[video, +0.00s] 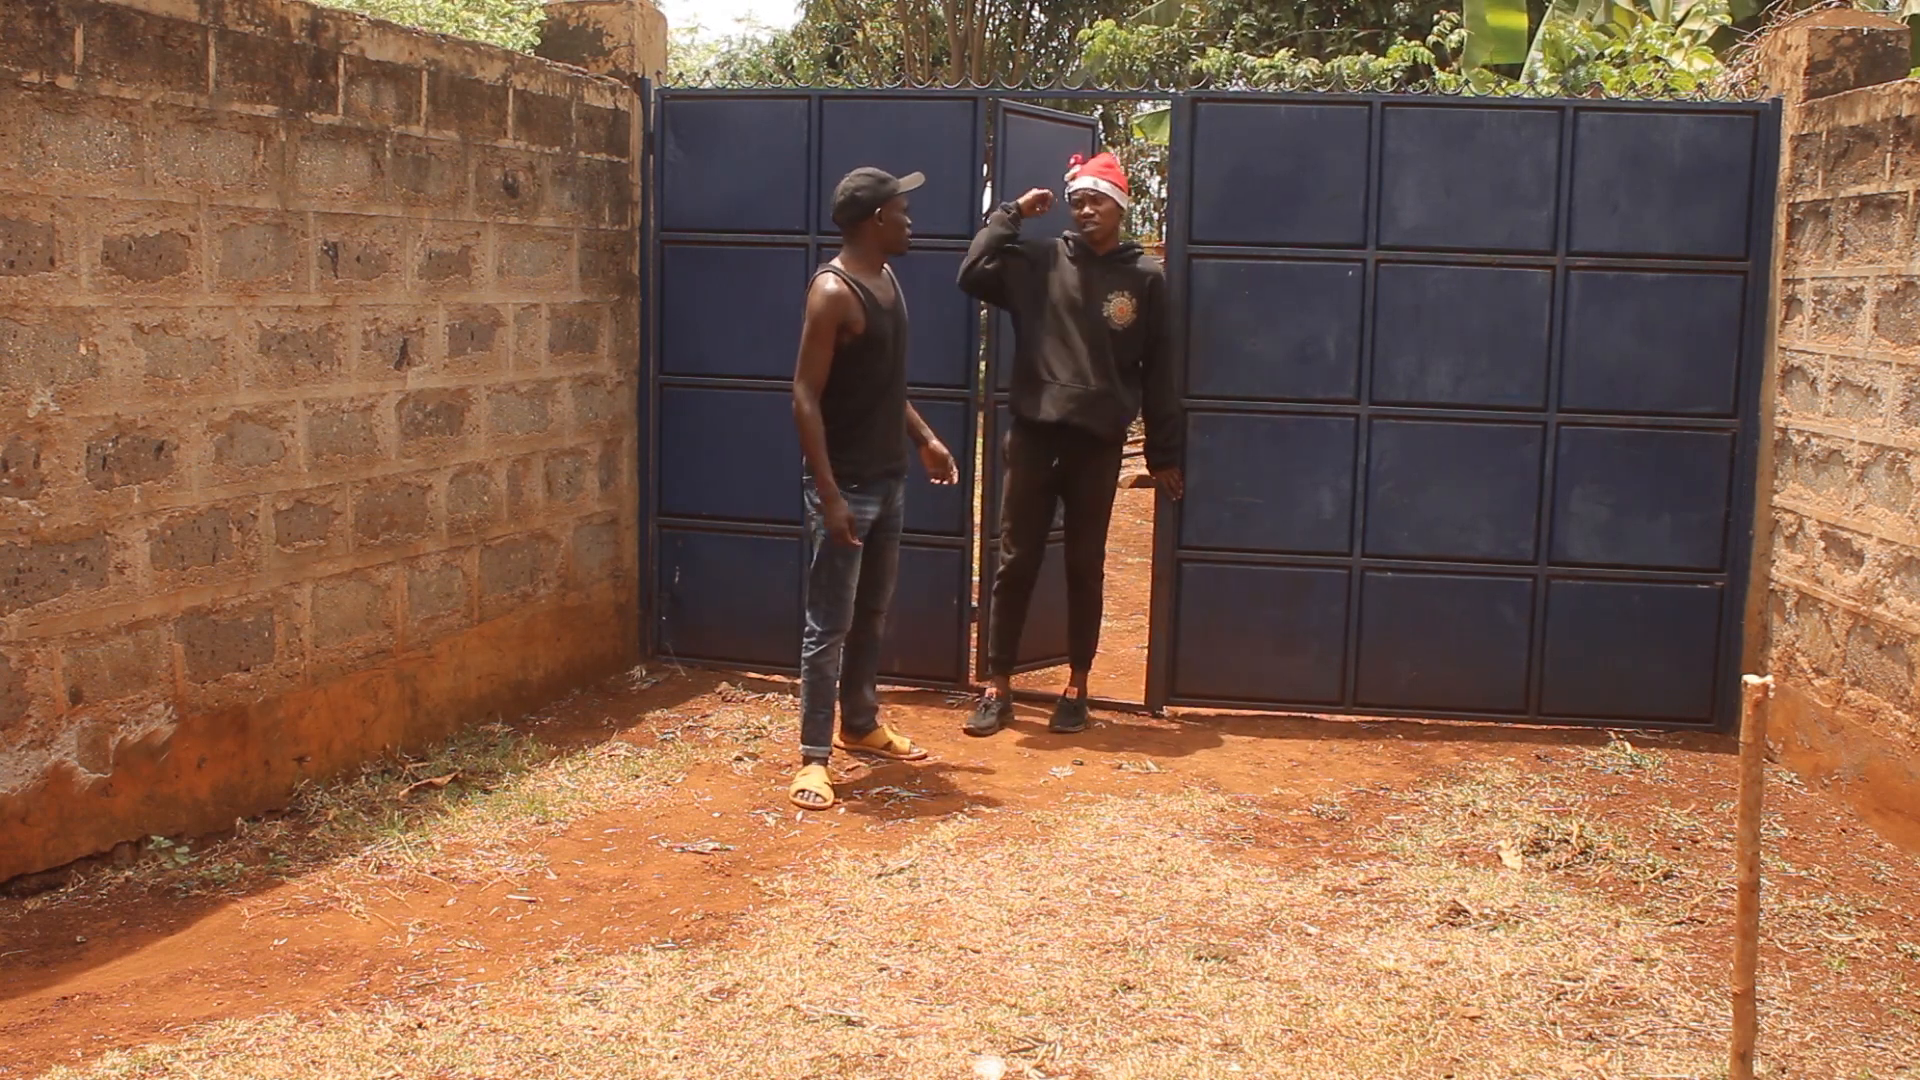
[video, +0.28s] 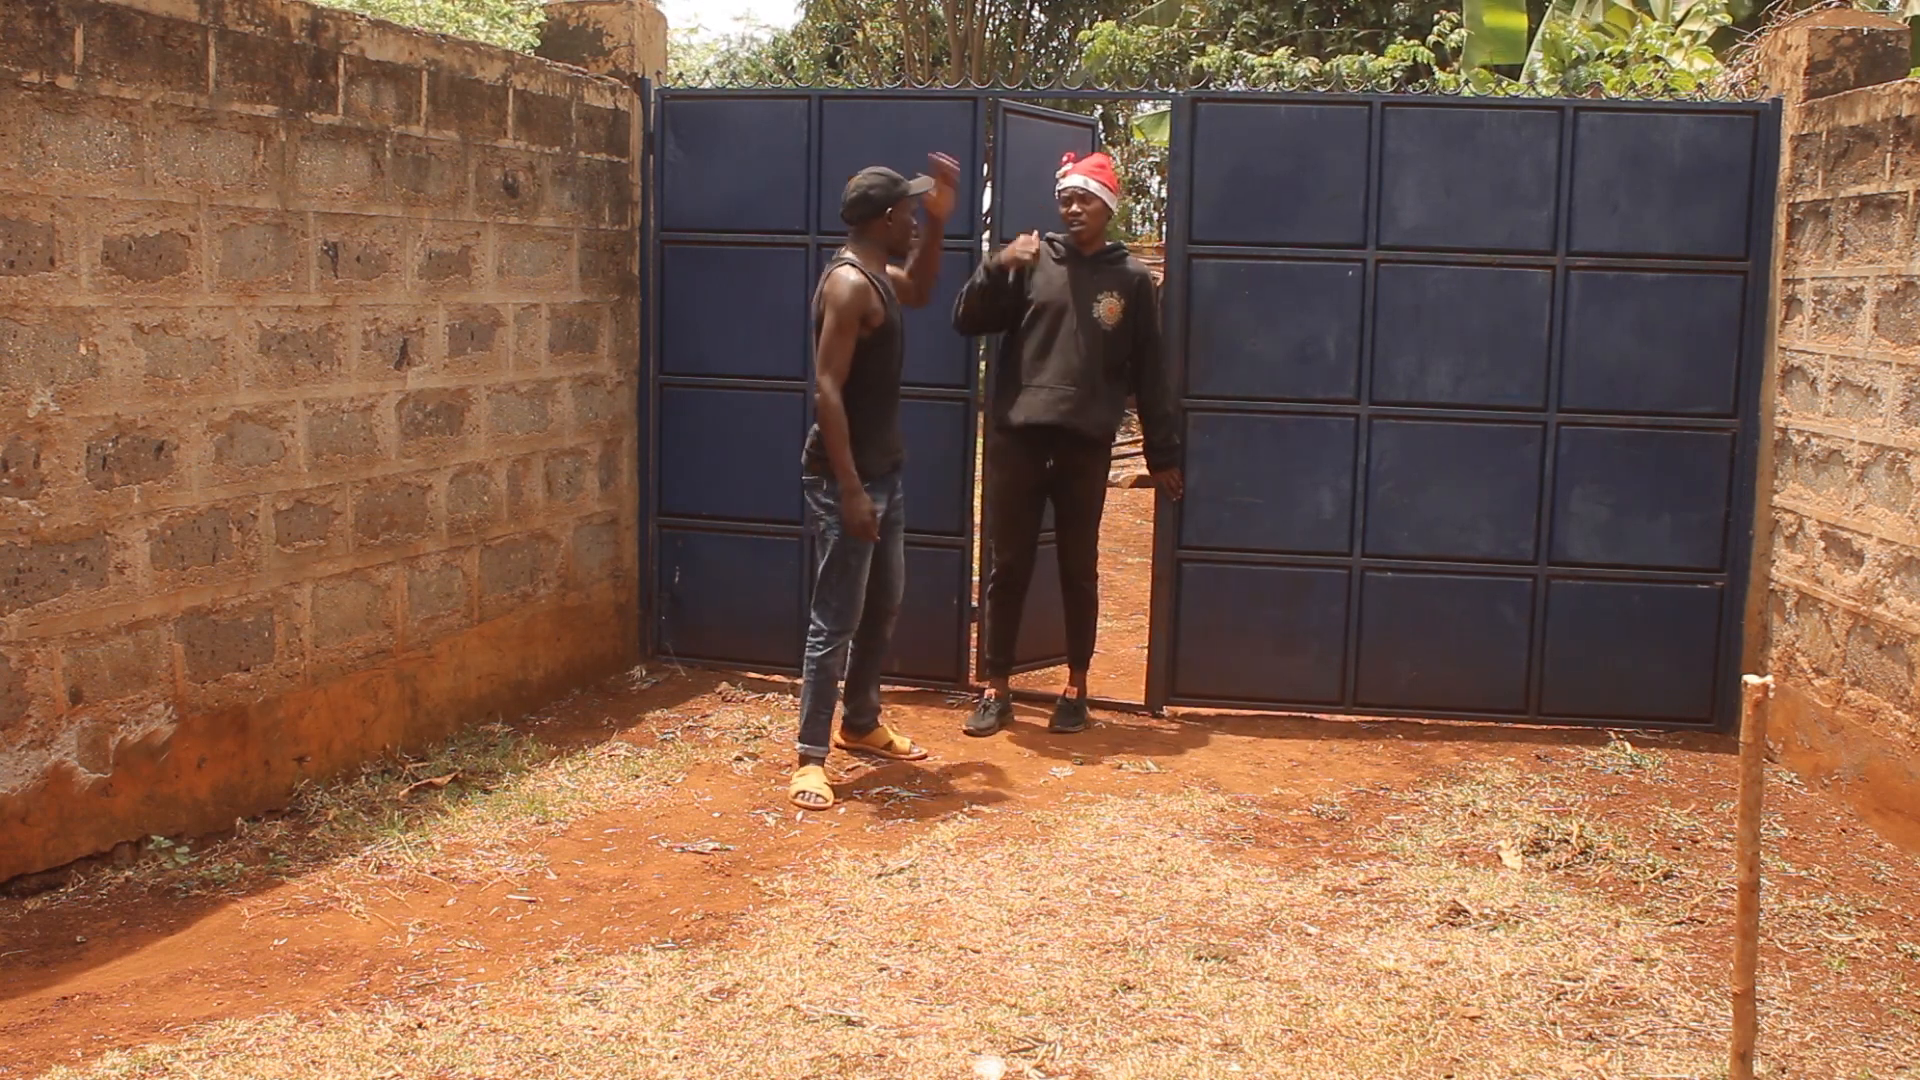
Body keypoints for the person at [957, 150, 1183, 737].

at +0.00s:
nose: (1085, 210)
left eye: (1097, 200)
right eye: (1078, 201)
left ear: (1123, 207)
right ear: (1069, 208)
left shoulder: (1145, 278)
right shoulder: (1036, 257)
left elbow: (1161, 372)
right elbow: (972, 276)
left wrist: (1165, 454)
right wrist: (1012, 214)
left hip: (1098, 437)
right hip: (1033, 431)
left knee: (1084, 564)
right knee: (1015, 559)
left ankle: (1077, 689)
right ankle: (995, 689)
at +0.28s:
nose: (1074, 209)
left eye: (1086, 200)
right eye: (1067, 199)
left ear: (1111, 206)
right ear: (1057, 203)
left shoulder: (1131, 279)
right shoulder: (1027, 260)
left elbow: (1151, 373)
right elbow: (967, 319)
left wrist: (1163, 454)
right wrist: (996, 265)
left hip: (1084, 443)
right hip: (1015, 437)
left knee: (1078, 569)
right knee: (1007, 566)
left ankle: (1075, 689)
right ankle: (993, 690)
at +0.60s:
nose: (1079, 211)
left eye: (1091, 202)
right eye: (1072, 200)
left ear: (1113, 211)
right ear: (1061, 205)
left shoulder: (1126, 282)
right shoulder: (1029, 255)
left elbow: (1144, 375)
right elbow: (979, 327)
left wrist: (1163, 453)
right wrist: (1027, 363)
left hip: (1079, 446)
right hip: (1012, 439)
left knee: (1073, 565)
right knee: (1005, 564)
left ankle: (1074, 689)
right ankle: (992, 691)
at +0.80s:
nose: (1082, 214)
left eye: (1095, 205)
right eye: (1076, 202)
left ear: (1119, 215)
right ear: (1067, 205)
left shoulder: (1128, 285)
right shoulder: (1034, 255)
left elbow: (1144, 376)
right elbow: (989, 331)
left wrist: (1163, 453)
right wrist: (1023, 389)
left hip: (1081, 445)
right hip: (1013, 438)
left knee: (1073, 566)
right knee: (1006, 564)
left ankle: (1075, 688)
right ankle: (993, 690)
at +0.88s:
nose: (1081, 215)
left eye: (1094, 207)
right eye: (1075, 204)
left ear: (1118, 216)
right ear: (1066, 206)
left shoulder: (1131, 285)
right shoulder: (1033, 255)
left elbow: (1144, 377)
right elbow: (993, 332)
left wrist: (1163, 454)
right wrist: (1022, 390)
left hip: (1081, 441)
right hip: (1013, 433)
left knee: (1073, 564)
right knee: (1006, 562)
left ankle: (1074, 688)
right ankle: (992, 689)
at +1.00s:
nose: (1082, 222)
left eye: (1095, 214)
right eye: (1078, 210)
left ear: (1122, 220)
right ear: (1070, 210)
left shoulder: (1140, 286)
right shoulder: (1044, 257)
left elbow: (1148, 379)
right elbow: (1002, 324)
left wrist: (1160, 457)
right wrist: (1016, 374)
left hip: (1083, 440)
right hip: (1017, 428)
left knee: (1074, 566)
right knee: (1003, 561)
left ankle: (1074, 689)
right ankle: (991, 689)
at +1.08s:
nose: (1088, 223)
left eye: (1101, 215)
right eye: (1084, 212)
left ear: (1129, 220)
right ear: (1077, 212)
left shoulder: (1149, 285)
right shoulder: (1054, 257)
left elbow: (1153, 378)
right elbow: (1003, 308)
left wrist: (1160, 459)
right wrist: (1002, 355)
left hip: (1087, 439)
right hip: (1022, 425)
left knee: (1075, 567)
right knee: (996, 555)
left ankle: (1074, 687)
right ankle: (997, 679)